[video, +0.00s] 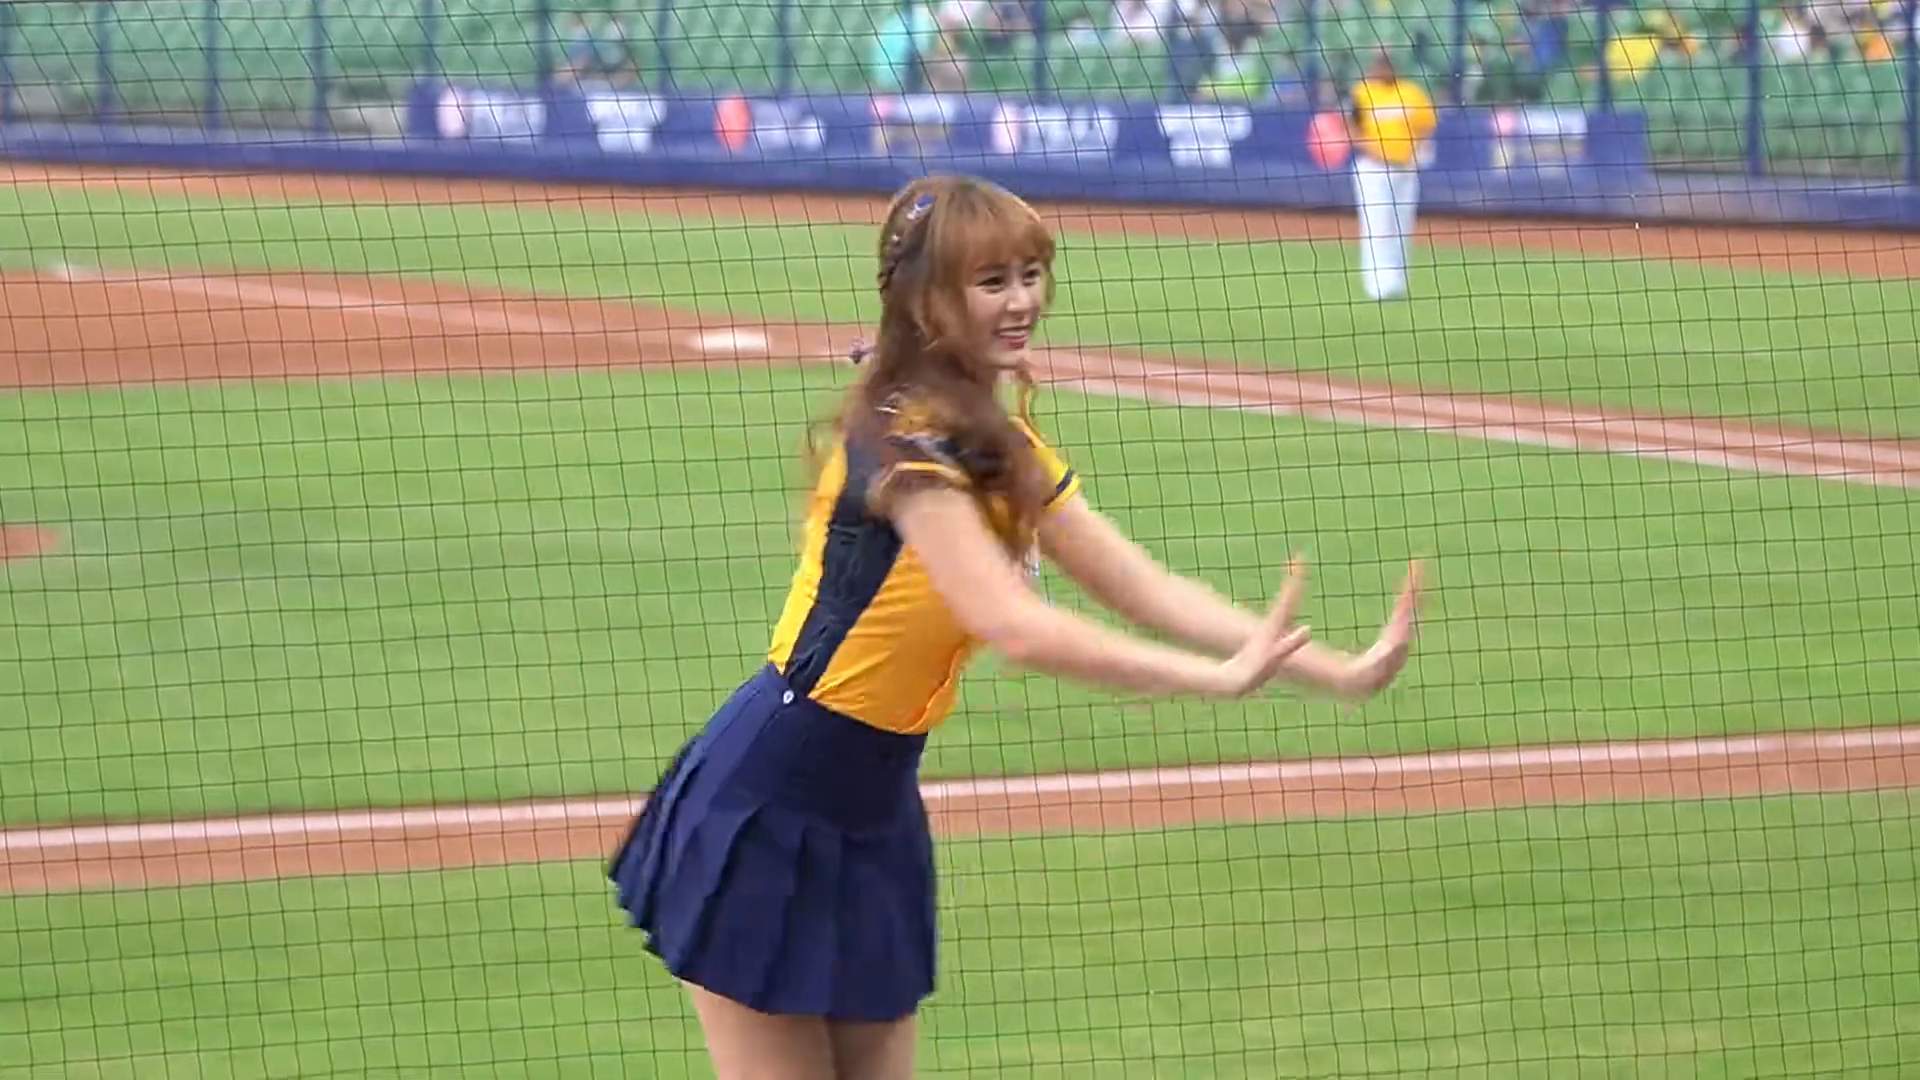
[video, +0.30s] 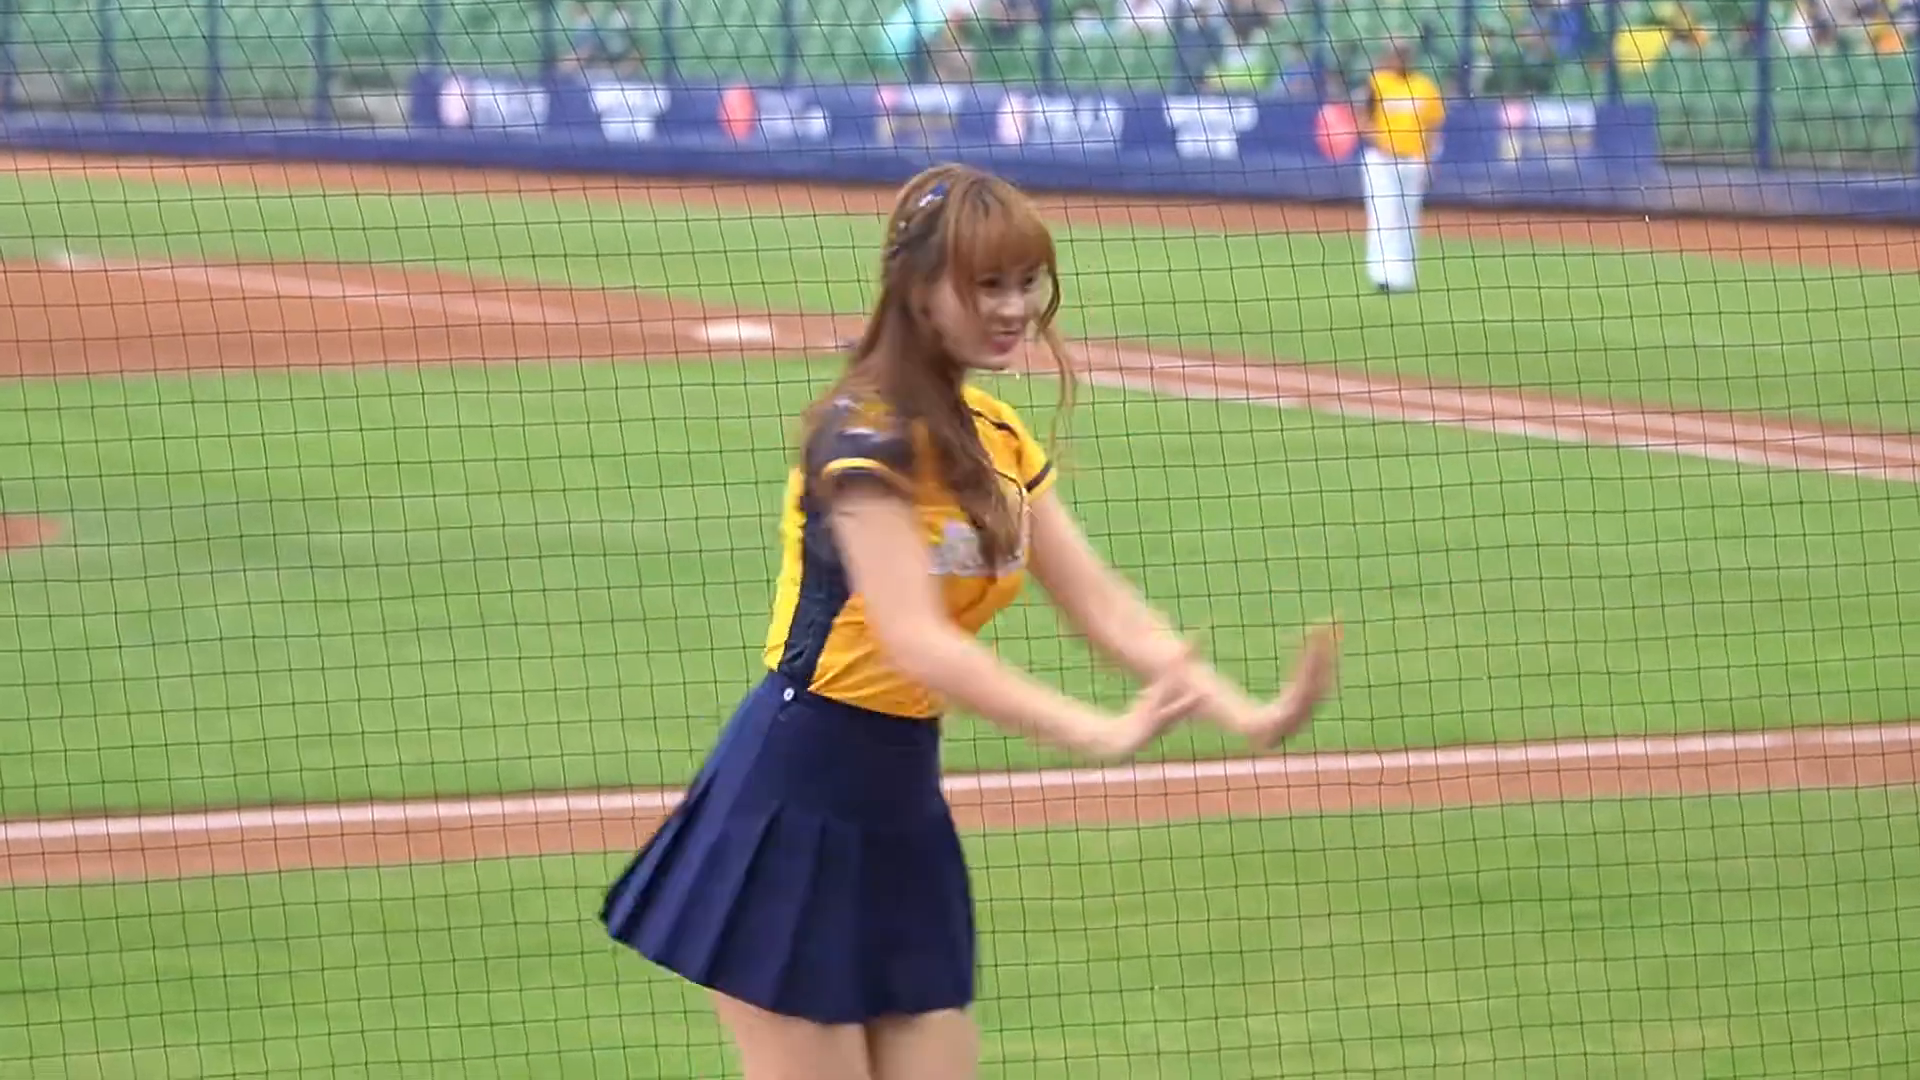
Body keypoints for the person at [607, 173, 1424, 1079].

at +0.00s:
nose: (1024, 299)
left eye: (1033, 275)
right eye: (992, 280)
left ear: (1044, 281)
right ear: (925, 298)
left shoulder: (996, 436)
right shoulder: (904, 438)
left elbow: (1148, 589)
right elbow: (1011, 624)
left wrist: (1335, 674)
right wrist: (1216, 677)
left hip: (874, 802)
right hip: (768, 800)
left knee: (876, 1064)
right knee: (784, 1069)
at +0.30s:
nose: (1015, 309)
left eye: (1029, 284)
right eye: (987, 286)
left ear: (1045, 285)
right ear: (916, 287)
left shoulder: (992, 433)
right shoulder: (863, 433)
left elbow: (1101, 604)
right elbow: (913, 638)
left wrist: (1244, 716)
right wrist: (1095, 731)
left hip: (904, 799)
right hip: (794, 797)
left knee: (934, 1060)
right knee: (808, 1066)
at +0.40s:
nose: (962, 352)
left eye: (975, 328)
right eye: (937, 324)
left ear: (988, 333)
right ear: (863, 321)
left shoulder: (966, 471)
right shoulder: (789, 470)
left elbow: (1025, 671)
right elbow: (775, 693)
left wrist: (1093, 779)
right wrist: (930, 786)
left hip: (944, 815)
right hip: (823, 814)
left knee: (987, 1055)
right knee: (846, 1058)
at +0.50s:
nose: (935, 347)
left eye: (948, 323)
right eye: (908, 322)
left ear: (962, 327)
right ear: (839, 328)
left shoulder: (976, 461)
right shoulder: (758, 483)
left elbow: (1021, 638)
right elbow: (720, 692)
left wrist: (1030, 738)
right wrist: (817, 769)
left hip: (962, 810)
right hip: (825, 822)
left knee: (997, 1057)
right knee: (846, 1057)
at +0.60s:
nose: (927, 261)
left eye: (941, 236)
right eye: (898, 239)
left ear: (960, 244)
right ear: (830, 255)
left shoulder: (1000, 380)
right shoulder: (765, 416)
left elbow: (1054, 559)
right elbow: (693, 602)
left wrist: (994, 639)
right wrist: (687, 658)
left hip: (969, 771)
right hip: (825, 773)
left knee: (960, 1064)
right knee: (829, 1064)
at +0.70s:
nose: (915, 250)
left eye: (934, 226)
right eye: (882, 228)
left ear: (957, 242)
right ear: (818, 249)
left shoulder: (1002, 365)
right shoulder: (775, 406)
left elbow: (1053, 507)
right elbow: (640, 569)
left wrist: (960, 572)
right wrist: (553, 611)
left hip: (984, 782)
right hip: (829, 778)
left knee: (947, 1066)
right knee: (808, 1064)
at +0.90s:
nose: (925, 266)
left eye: (943, 242)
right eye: (894, 243)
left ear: (965, 259)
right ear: (831, 268)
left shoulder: (1019, 389)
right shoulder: (795, 435)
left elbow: (1008, 571)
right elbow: (677, 636)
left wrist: (940, 747)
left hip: (1008, 767)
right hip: (847, 757)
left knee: (987, 1064)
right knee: (824, 1064)